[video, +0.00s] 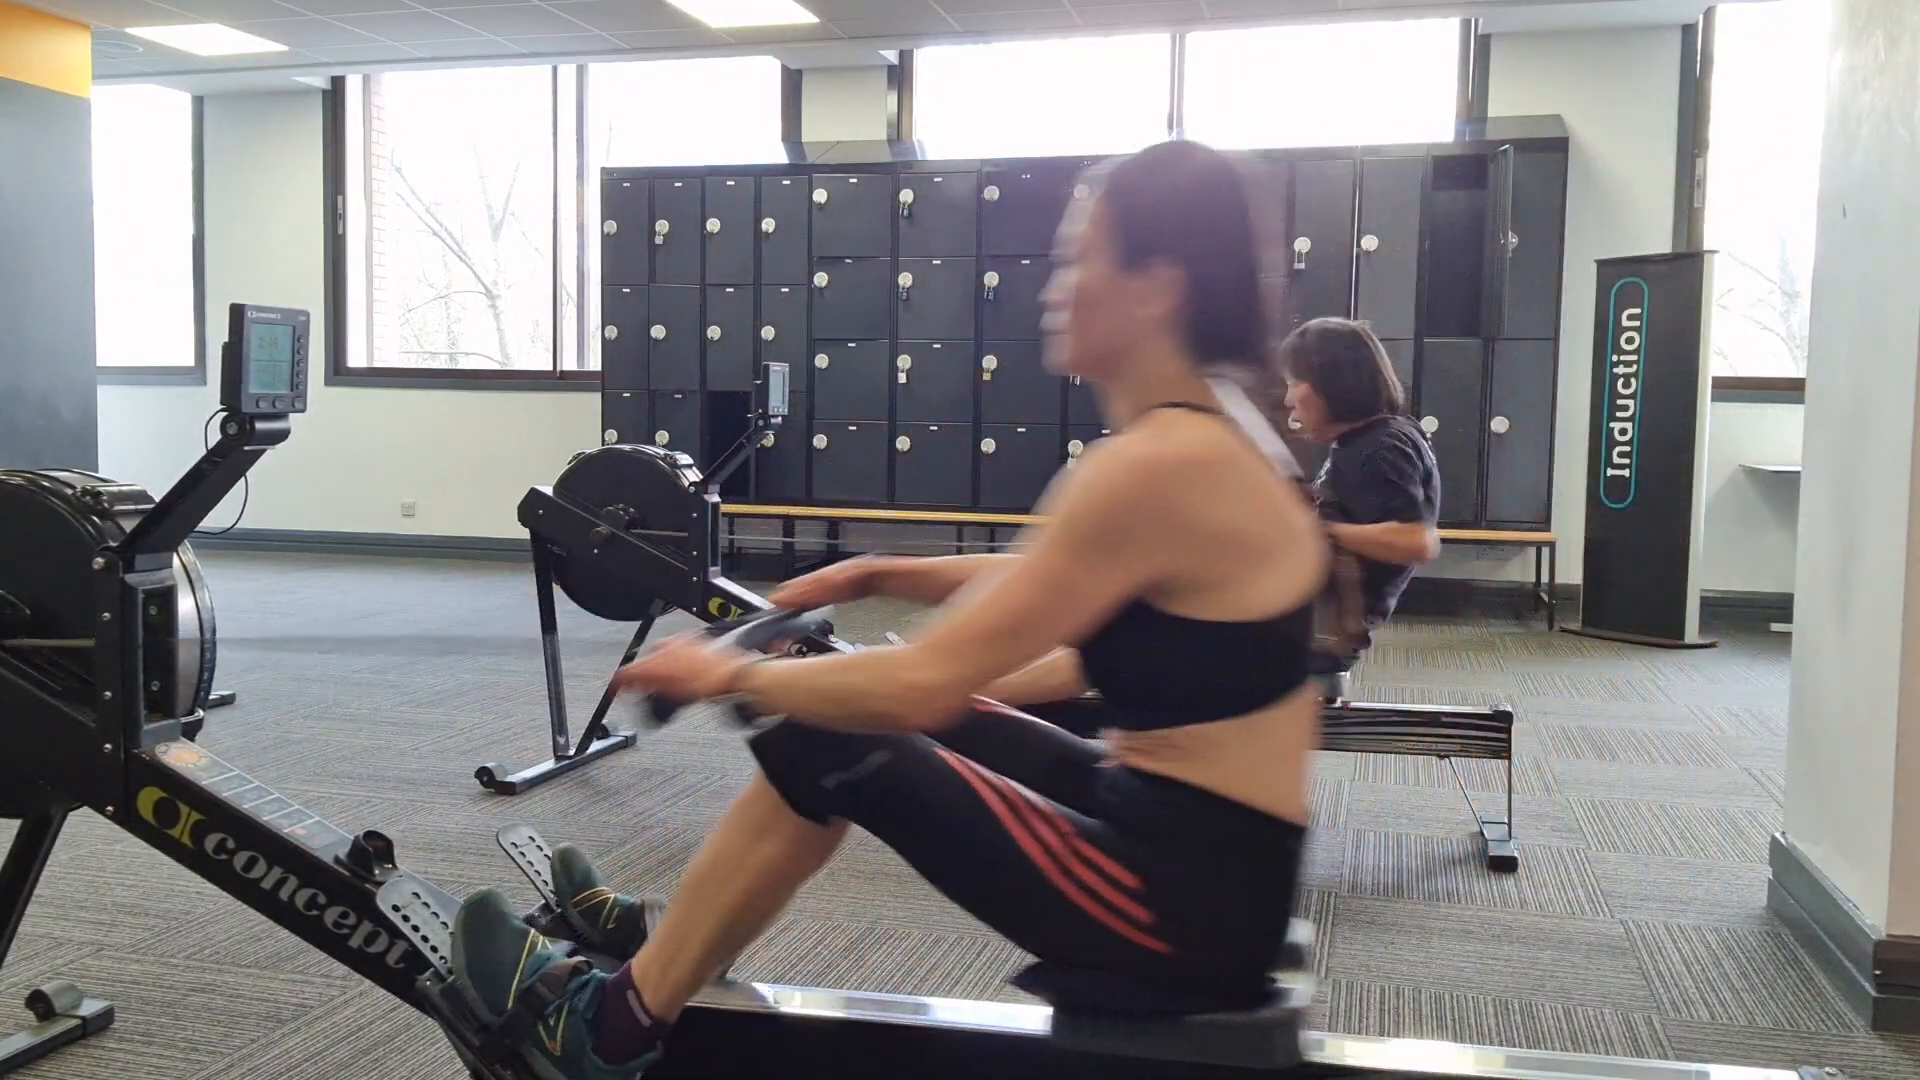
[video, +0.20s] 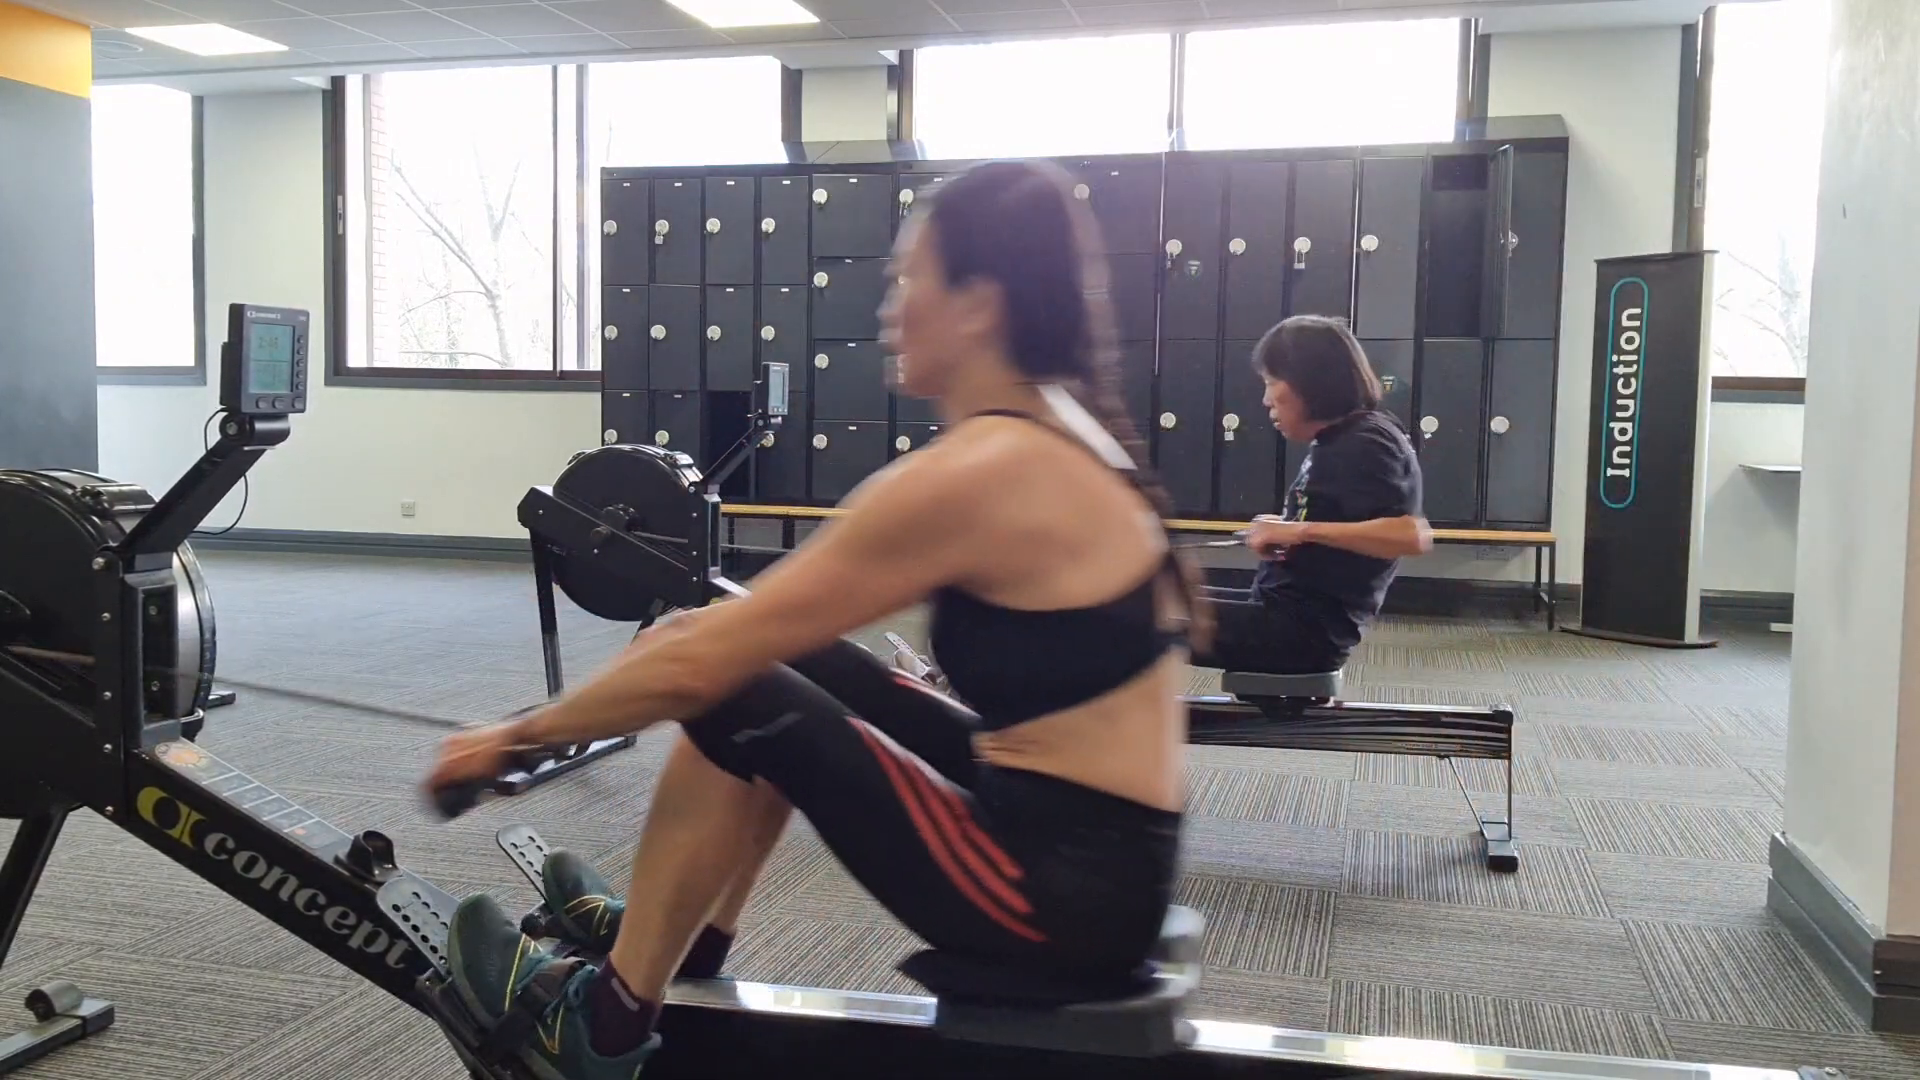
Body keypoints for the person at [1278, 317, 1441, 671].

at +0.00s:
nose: (1287, 400)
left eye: (1295, 383)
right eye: (1289, 384)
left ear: (1332, 385)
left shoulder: (1382, 451)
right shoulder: (1358, 443)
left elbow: (1420, 542)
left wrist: (1321, 532)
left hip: (1321, 647)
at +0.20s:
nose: (1266, 401)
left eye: (1272, 382)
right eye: (1266, 385)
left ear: (1312, 384)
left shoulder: (1368, 442)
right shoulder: (1333, 441)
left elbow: (1413, 536)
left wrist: (1301, 531)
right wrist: (1279, 530)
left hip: (1302, 637)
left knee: (1149, 610)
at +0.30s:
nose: (1250, 399)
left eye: (1257, 382)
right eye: (1251, 384)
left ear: (1298, 384)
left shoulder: (1350, 442)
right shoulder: (1322, 438)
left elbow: (1362, 541)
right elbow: (1294, 519)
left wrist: (1251, 534)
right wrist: (1239, 530)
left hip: (1296, 635)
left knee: (1120, 606)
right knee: (1126, 590)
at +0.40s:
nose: (1226, 397)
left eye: (1233, 381)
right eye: (1227, 382)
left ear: (1271, 380)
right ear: (1277, 382)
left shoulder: (1329, 438)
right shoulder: (1302, 434)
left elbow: (1298, 535)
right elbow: (1268, 504)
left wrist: (1189, 531)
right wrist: (1187, 526)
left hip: (1284, 633)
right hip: (1262, 613)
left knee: (1105, 595)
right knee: (1105, 584)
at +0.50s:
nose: (1196, 396)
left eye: (1203, 380)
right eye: (1196, 381)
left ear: (1241, 380)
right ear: (1248, 380)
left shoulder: (1299, 441)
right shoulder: (1278, 435)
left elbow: (1235, 526)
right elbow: (1227, 495)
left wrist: (1130, 528)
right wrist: (1131, 527)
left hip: (1263, 633)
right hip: (1246, 614)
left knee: (1086, 585)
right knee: (1087, 577)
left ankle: (1002, 683)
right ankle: (1007, 678)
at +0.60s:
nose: (1158, 397)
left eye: (1164, 382)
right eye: (1159, 383)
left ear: (1203, 381)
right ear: (1216, 381)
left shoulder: (1263, 444)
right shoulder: (1266, 432)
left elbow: (1174, 516)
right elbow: (1173, 498)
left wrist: (1070, 531)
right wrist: (1073, 529)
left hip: (1233, 637)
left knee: (1069, 569)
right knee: (1071, 559)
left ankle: (1005, 673)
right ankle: (1008, 665)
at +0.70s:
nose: (1119, 398)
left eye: (1125, 382)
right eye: (1119, 383)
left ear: (1162, 382)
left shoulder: (1215, 441)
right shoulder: (1232, 428)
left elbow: (1105, 514)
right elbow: (1115, 508)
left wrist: (1017, 527)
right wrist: (1023, 526)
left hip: (1207, 637)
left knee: (1050, 555)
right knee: (1052, 548)